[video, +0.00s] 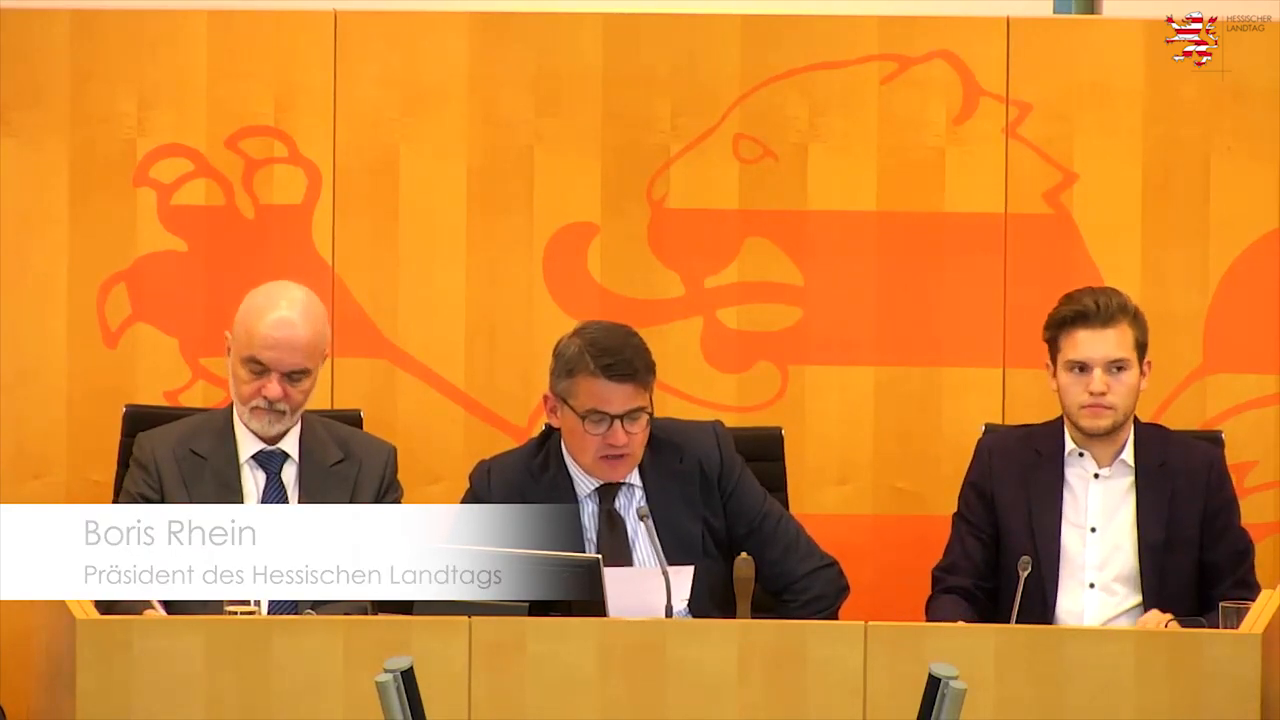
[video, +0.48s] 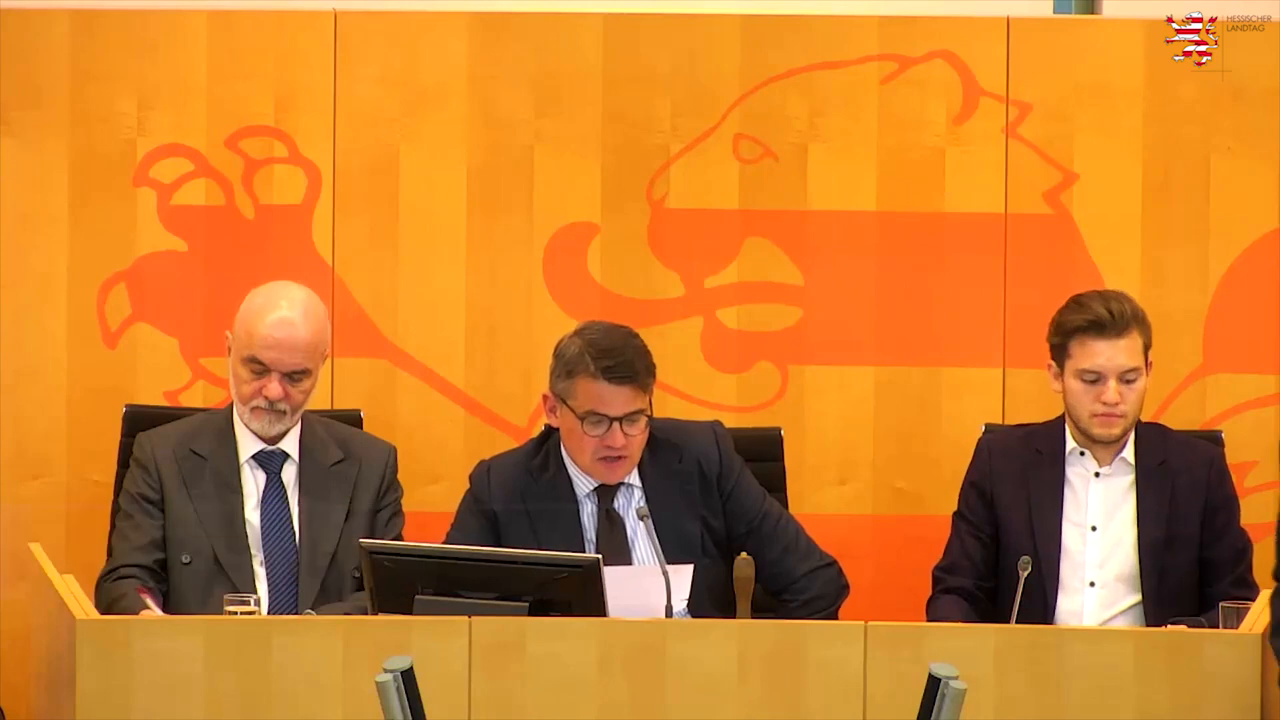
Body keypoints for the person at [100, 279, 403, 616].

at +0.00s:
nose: (273, 392)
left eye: (296, 376)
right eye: (256, 369)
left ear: (322, 364)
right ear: (229, 351)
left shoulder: (372, 464)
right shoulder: (159, 455)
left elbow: (394, 593)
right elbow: (118, 576)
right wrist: (144, 618)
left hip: (328, 667)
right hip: (196, 662)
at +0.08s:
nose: (273, 392)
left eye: (296, 376)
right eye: (256, 369)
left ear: (322, 363)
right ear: (229, 351)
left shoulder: (372, 464)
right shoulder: (159, 455)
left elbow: (390, 593)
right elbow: (119, 578)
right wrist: (147, 619)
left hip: (328, 667)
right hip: (196, 662)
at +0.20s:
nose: (273, 392)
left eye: (296, 376)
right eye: (256, 369)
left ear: (323, 361)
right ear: (229, 349)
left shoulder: (373, 464)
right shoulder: (159, 455)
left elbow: (390, 594)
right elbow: (118, 579)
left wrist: (313, 629)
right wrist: (145, 617)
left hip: (330, 671)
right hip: (197, 666)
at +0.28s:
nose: (273, 392)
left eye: (296, 376)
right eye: (256, 369)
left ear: (322, 362)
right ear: (228, 349)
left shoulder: (372, 464)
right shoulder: (160, 456)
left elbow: (391, 594)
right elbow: (123, 581)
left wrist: (312, 628)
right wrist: (150, 621)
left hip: (331, 676)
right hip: (199, 671)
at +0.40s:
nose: (274, 392)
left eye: (296, 376)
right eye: (257, 369)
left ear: (322, 362)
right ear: (229, 349)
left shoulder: (372, 464)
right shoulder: (160, 456)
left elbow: (391, 594)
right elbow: (125, 577)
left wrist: (315, 629)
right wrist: (147, 621)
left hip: (331, 676)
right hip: (198, 671)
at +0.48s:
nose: (274, 392)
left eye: (296, 376)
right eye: (257, 369)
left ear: (322, 362)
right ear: (229, 349)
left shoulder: (372, 464)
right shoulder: (160, 456)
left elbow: (391, 594)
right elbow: (125, 578)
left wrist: (315, 629)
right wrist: (149, 622)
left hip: (331, 676)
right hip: (199, 671)